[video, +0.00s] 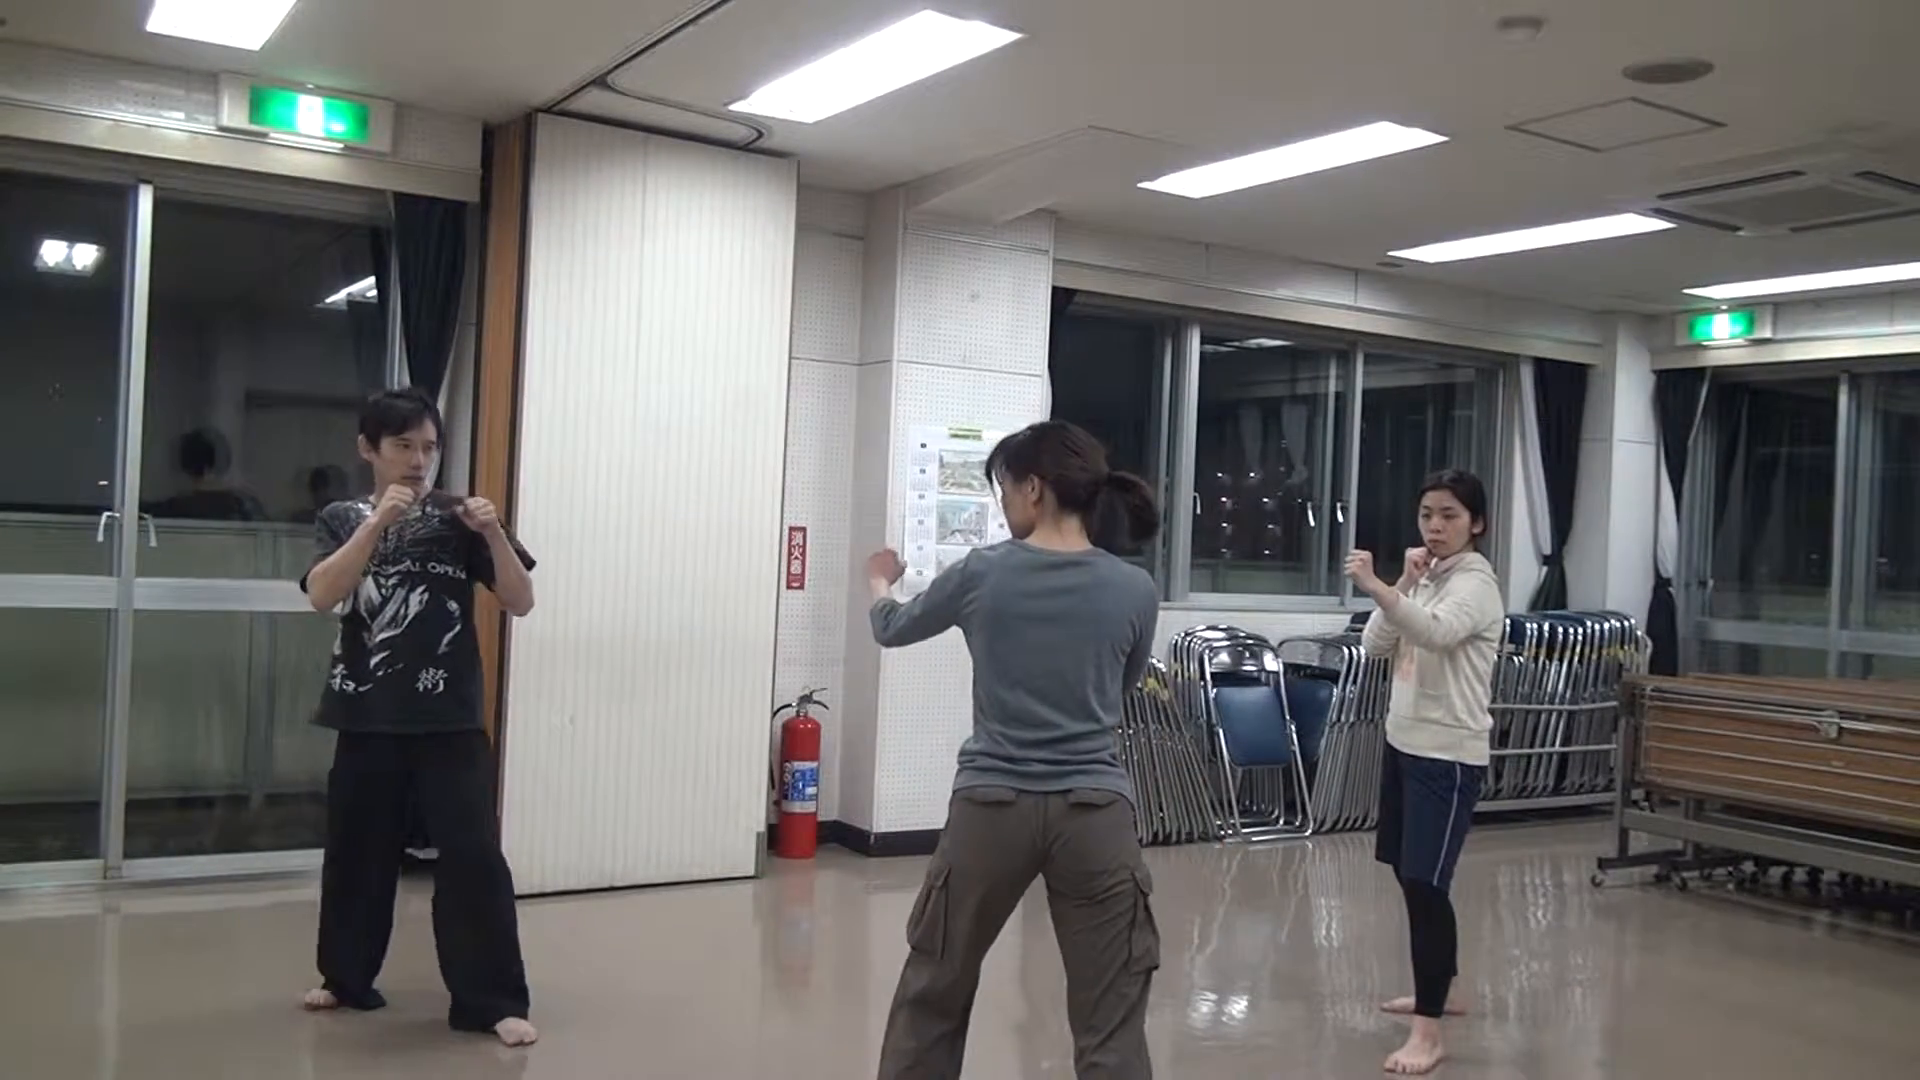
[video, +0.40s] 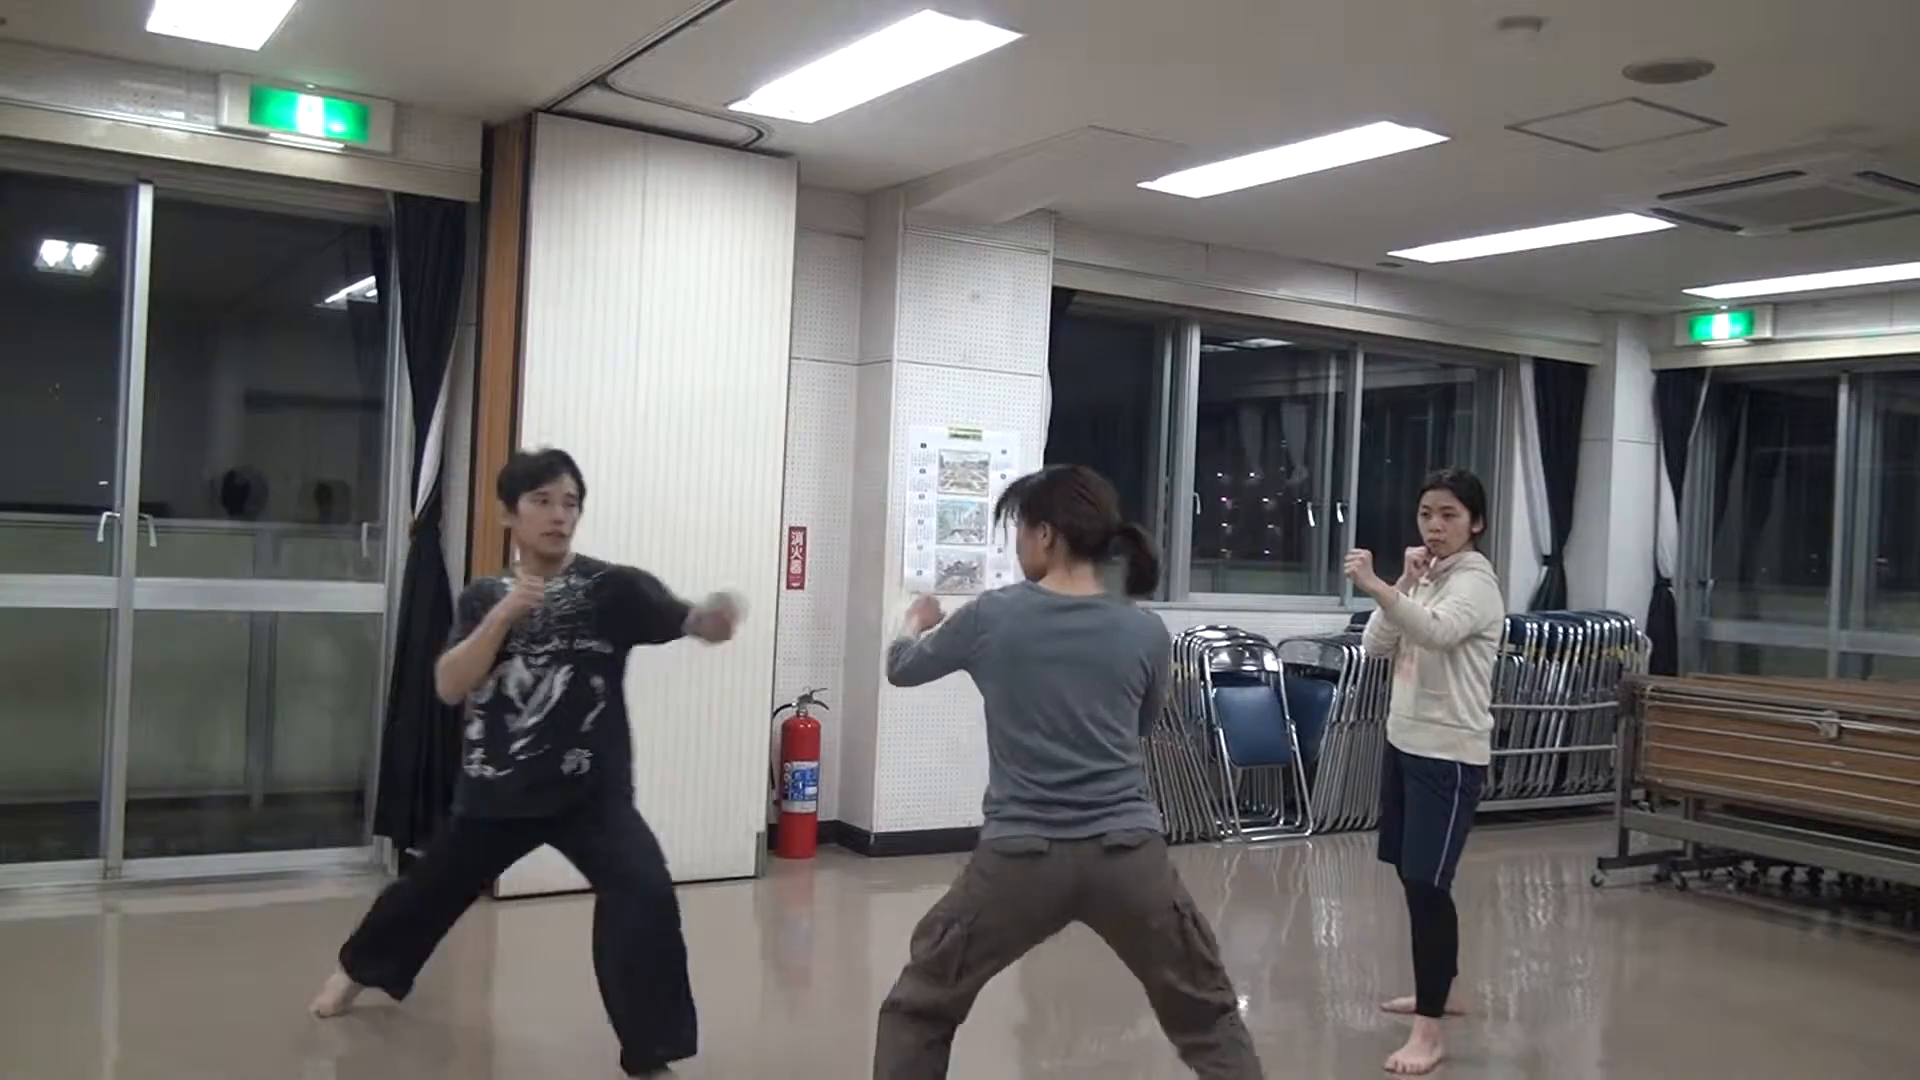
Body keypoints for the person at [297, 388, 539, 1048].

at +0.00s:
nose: (418, 458)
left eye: (428, 447)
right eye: (402, 445)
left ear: (439, 449)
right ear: (368, 449)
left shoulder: (462, 519)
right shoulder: (345, 518)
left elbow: (520, 601)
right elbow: (323, 593)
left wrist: (495, 533)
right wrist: (377, 521)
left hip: (450, 721)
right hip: (368, 720)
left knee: (473, 859)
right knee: (356, 853)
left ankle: (493, 1005)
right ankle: (346, 981)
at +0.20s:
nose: (462, 513)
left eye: (472, 501)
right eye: (446, 500)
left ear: (482, 506)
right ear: (413, 505)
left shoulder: (504, 579)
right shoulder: (376, 573)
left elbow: (550, 673)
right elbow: (339, 654)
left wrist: (533, 617)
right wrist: (401, 589)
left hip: (481, 777)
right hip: (391, 776)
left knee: (545, 879)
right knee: (350, 886)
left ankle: (561, 1027)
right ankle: (342, 984)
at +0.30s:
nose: (507, 525)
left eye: (518, 513)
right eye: (492, 511)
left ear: (527, 521)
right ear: (458, 518)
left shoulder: (550, 600)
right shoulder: (418, 593)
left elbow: (602, 690)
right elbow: (380, 682)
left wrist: (591, 655)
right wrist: (436, 622)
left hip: (516, 792)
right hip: (422, 792)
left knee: (593, 887)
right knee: (373, 892)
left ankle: (638, 1042)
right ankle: (338, 979)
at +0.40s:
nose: (559, 515)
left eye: (570, 504)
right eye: (543, 503)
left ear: (581, 514)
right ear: (511, 515)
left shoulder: (612, 588)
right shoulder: (483, 598)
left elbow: (691, 623)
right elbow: (450, 686)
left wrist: (716, 617)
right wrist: (502, 616)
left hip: (590, 795)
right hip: (498, 795)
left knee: (644, 891)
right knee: (431, 886)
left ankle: (650, 1058)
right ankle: (355, 969)